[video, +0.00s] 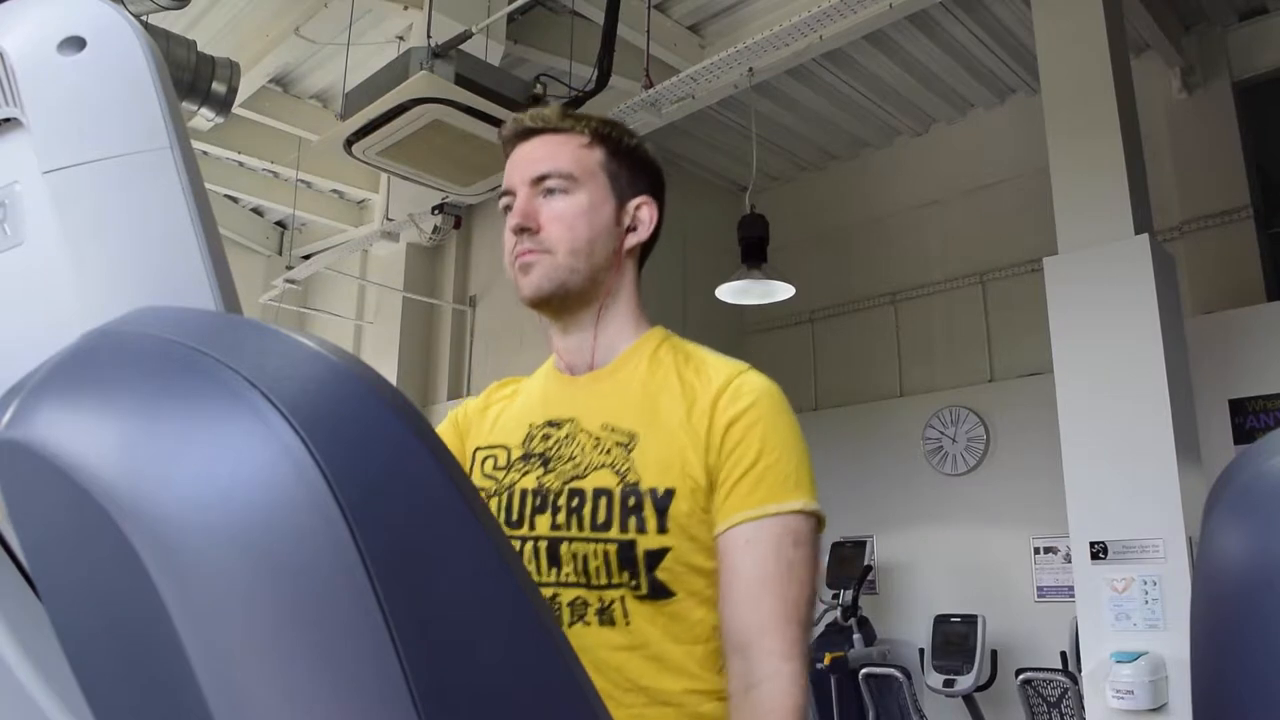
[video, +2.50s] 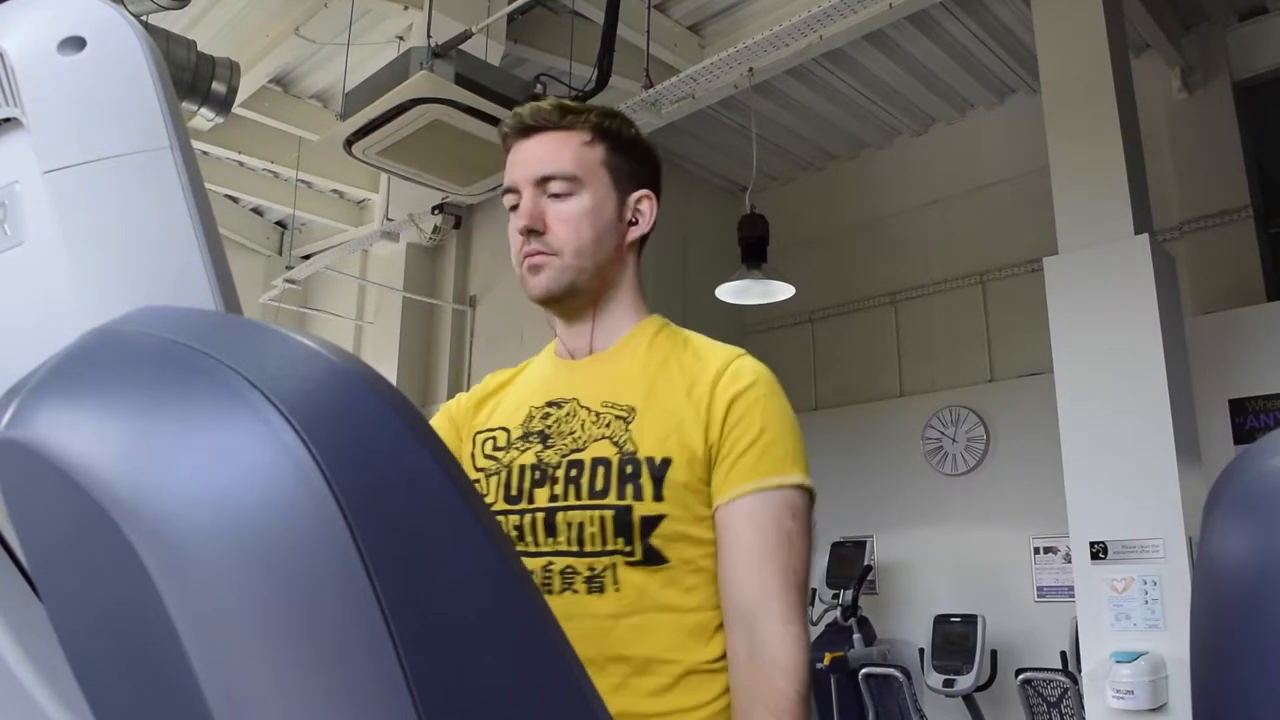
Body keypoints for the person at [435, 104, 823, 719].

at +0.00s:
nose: (517, 217)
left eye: (552, 190)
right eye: (508, 203)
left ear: (635, 222)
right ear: (503, 231)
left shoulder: (734, 405)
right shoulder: (465, 429)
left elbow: (766, 675)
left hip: (673, 704)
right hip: (490, 703)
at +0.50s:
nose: (465, 226)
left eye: (497, 197)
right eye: (454, 211)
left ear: (574, 218)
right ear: (446, 237)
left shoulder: (673, 376)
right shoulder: (432, 418)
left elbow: (695, 631)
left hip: (619, 701)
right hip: (461, 702)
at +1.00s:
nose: (469, 239)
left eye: (500, 207)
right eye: (464, 219)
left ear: (588, 224)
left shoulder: (697, 406)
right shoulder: (446, 427)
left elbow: (746, 671)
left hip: (646, 704)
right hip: (463, 703)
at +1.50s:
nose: (485, 247)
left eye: (518, 215)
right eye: (474, 228)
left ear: (600, 234)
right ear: (467, 248)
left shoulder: (703, 404)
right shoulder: (446, 435)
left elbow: (730, 668)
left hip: (640, 704)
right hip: (466, 703)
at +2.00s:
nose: (477, 239)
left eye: (508, 210)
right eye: (462, 222)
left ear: (583, 231)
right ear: (455, 247)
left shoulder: (692, 393)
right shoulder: (435, 432)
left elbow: (753, 616)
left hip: (670, 704)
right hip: (486, 704)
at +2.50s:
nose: (524, 219)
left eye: (558, 192)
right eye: (513, 200)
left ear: (636, 216)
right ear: (506, 221)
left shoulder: (729, 389)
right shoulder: (462, 421)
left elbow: (765, 645)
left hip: (679, 703)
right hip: (497, 703)